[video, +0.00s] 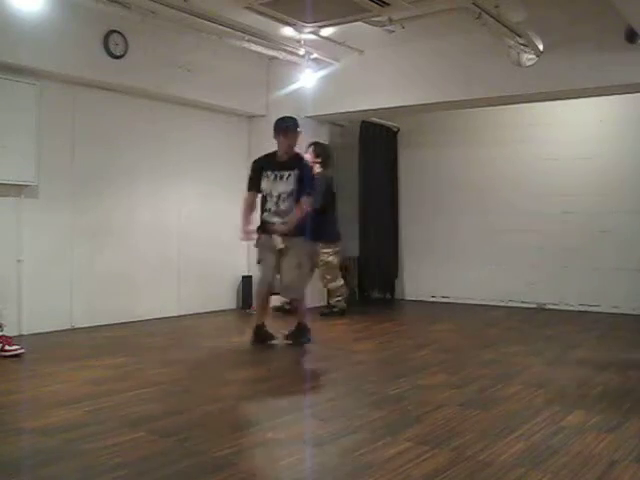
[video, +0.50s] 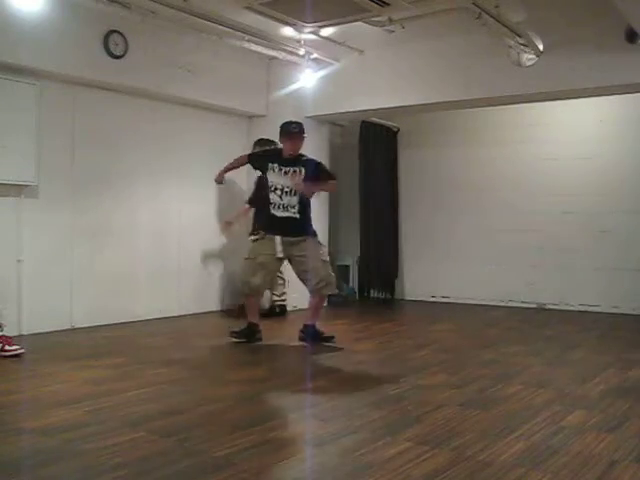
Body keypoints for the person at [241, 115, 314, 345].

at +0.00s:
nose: (290, 141)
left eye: (293, 136)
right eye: (286, 136)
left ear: (297, 137)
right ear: (277, 136)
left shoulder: (304, 167)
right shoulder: (260, 164)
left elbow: (306, 202)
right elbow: (251, 197)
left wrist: (288, 224)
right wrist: (246, 223)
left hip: (296, 234)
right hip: (267, 233)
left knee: (293, 283)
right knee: (265, 281)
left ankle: (302, 324)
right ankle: (259, 326)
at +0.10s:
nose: (292, 142)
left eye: (295, 137)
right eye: (287, 137)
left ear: (300, 139)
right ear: (279, 138)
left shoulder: (302, 168)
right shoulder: (262, 163)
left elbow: (286, 197)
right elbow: (242, 189)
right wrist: (223, 211)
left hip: (294, 236)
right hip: (264, 234)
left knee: (299, 283)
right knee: (250, 278)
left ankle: (304, 326)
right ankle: (255, 327)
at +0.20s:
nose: (293, 145)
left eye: (296, 141)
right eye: (288, 141)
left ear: (300, 141)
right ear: (279, 140)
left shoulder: (301, 166)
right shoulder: (266, 160)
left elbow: (290, 198)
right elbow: (243, 173)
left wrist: (269, 182)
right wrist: (223, 184)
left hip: (292, 236)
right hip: (263, 235)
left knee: (316, 282)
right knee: (241, 276)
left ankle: (308, 327)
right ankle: (252, 327)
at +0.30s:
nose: (292, 147)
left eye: (294, 142)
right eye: (287, 142)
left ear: (298, 141)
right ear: (276, 142)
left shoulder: (304, 165)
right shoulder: (267, 158)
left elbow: (315, 187)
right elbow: (246, 164)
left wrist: (293, 178)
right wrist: (224, 168)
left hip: (294, 236)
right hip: (262, 236)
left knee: (315, 280)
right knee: (242, 280)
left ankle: (307, 327)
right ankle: (252, 327)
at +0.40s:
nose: (292, 145)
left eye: (296, 140)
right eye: (288, 140)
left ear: (301, 140)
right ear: (279, 140)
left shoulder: (307, 165)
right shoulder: (266, 156)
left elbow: (320, 186)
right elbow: (243, 159)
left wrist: (297, 175)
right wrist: (221, 166)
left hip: (297, 237)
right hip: (265, 236)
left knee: (317, 280)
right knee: (245, 279)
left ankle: (308, 328)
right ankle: (252, 326)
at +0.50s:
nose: (295, 144)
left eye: (299, 140)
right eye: (291, 139)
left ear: (303, 140)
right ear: (282, 139)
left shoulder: (310, 165)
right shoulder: (268, 157)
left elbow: (332, 184)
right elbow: (245, 159)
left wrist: (310, 187)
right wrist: (223, 171)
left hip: (301, 236)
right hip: (268, 235)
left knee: (322, 280)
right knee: (251, 280)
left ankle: (309, 327)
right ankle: (252, 326)